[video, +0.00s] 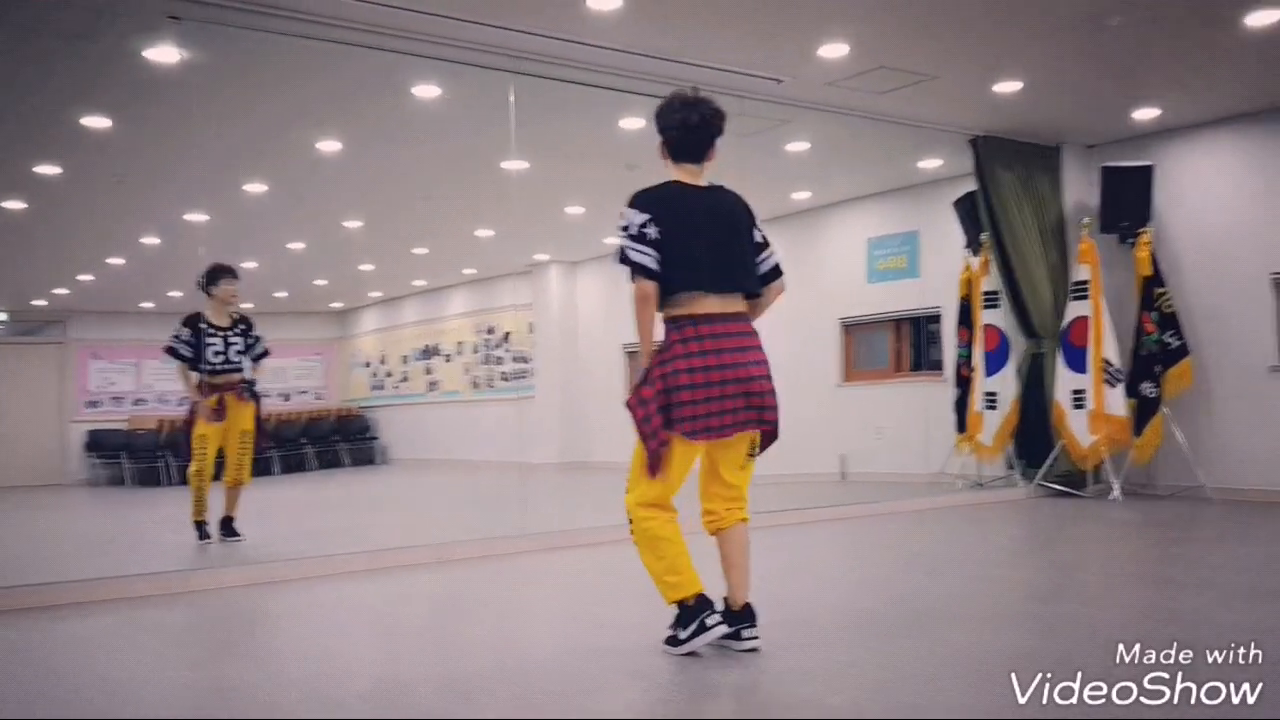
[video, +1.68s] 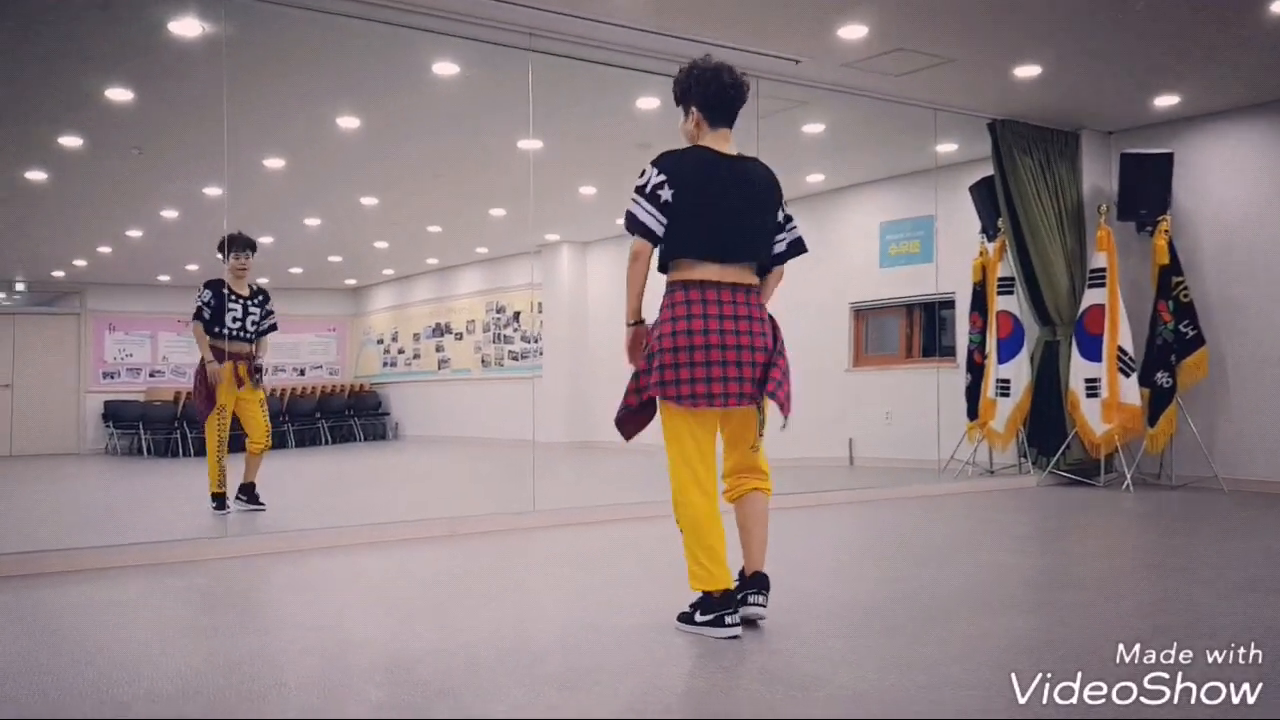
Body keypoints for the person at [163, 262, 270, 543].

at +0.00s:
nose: (234, 290)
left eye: (235, 284)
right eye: (227, 284)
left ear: (237, 288)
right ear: (210, 290)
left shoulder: (244, 323)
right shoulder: (193, 324)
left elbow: (259, 358)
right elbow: (181, 365)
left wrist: (251, 385)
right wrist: (196, 397)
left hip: (241, 395)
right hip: (208, 395)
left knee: (239, 462)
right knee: (202, 463)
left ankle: (228, 520)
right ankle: (200, 520)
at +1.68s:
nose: (242, 261)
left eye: (247, 256)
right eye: (236, 256)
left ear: (253, 260)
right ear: (225, 260)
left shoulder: (260, 295)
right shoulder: (213, 289)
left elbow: (263, 336)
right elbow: (197, 325)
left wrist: (258, 360)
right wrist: (209, 360)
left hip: (247, 366)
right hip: (218, 365)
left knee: (260, 433)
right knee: (218, 434)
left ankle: (247, 489)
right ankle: (218, 493)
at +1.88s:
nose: (263, 248)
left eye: (267, 244)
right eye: (256, 244)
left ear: (274, 250)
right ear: (247, 251)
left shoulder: (288, 284)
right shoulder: (235, 284)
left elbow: (302, 319)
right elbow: (212, 316)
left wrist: (286, 346)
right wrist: (238, 334)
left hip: (271, 362)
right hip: (236, 361)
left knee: (274, 429)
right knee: (236, 426)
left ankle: (268, 477)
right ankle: (240, 479)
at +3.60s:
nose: (254, 264)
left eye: (258, 261)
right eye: (248, 260)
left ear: (264, 268)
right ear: (236, 267)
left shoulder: (268, 302)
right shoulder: (224, 299)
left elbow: (276, 341)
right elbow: (200, 333)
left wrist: (276, 364)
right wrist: (216, 371)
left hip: (270, 374)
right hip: (241, 375)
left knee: (269, 443)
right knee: (249, 444)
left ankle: (259, 495)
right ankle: (232, 496)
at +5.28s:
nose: (263, 278)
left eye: (268, 273)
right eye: (258, 273)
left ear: (273, 275)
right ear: (247, 272)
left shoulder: (278, 305)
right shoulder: (228, 300)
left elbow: (283, 341)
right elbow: (204, 330)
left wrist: (274, 362)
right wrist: (231, 356)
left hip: (265, 381)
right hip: (235, 381)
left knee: (280, 438)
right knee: (231, 445)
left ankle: (281, 496)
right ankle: (226, 502)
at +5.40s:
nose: (265, 271)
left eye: (270, 267)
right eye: (259, 266)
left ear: (275, 273)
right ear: (247, 271)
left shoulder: (284, 307)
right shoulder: (232, 304)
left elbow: (294, 345)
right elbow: (201, 331)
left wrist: (278, 366)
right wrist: (232, 338)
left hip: (272, 383)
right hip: (239, 383)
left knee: (295, 435)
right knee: (233, 447)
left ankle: (319, 490)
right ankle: (227, 502)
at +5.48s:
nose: (268, 272)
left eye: (273, 268)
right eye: (262, 268)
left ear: (278, 275)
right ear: (251, 273)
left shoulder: (289, 307)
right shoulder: (237, 308)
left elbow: (302, 344)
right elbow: (210, 339)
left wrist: (287, 366)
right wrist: (233, 336)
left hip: (280, 385)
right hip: (247, 386)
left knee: (308, 437)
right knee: (237, 448)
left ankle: (330, 490)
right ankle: (228, 501)